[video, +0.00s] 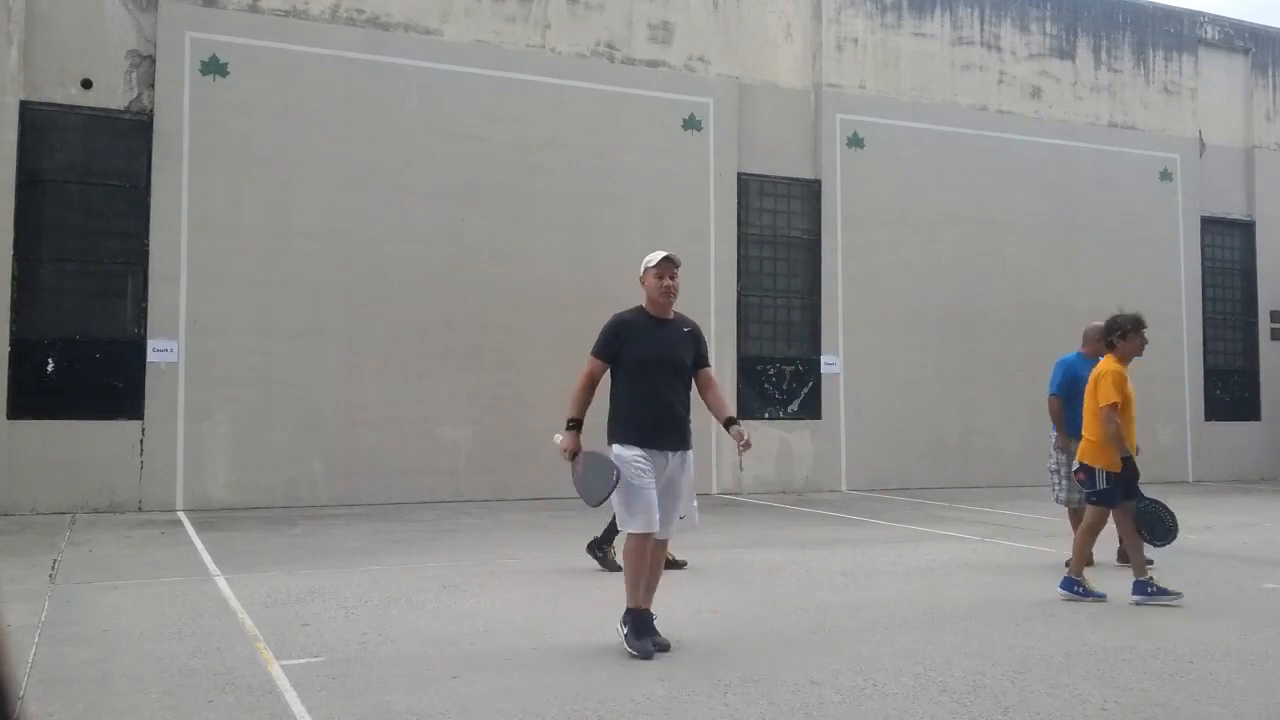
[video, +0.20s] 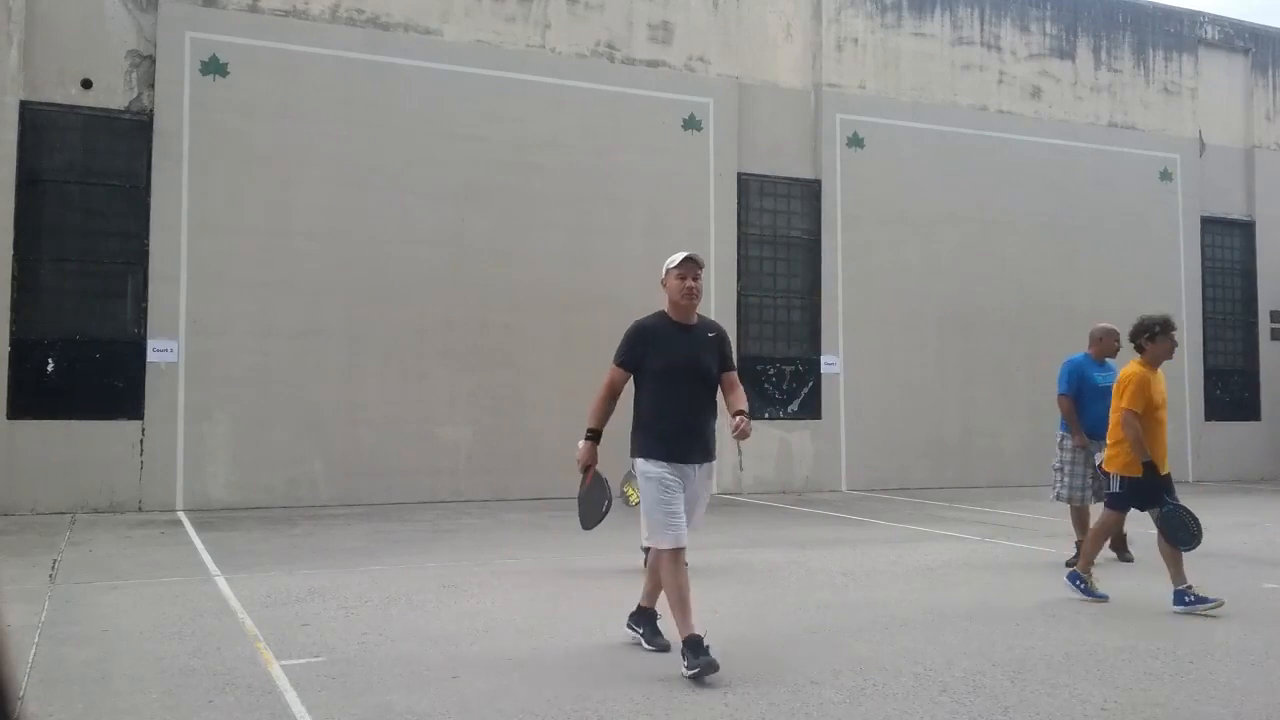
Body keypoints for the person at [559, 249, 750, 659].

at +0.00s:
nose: (668, 281)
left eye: (673, 276)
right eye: (660, 275)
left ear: (680, 284)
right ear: (643, 281)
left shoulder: (689, 331)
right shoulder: (622, 325)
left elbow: (708, 385)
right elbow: (590, 377)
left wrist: (731, 423)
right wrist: (572, 429)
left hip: (674, 447)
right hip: (631, 444)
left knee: (661, 533)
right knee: (641, 526)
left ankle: (644, 616)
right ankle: (633, 617)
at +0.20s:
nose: (691, 283)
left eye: (696, 277)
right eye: (682, 276)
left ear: (702, 285)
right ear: (665, 283)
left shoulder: (715, 335)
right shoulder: (642, 333)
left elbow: (731, 386)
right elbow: (611, 389)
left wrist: (740, 413)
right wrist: (590, 439)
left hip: (700, 458)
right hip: (655, 457)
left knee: (672, 542)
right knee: (673, 544)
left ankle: (644, 611)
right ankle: (691, 643)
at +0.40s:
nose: (721, 274)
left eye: (725, 268)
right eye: (712, 267)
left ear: (729, 275)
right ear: (689, 272)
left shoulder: (739, 325)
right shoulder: (665, 326)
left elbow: (754, 387)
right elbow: (638, 389)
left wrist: (763, 437)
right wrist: (632, 445)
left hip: (730, 458)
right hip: (678, 457)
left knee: (731, 551)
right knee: (689, 552)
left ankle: (682, 593)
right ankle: (697, 648)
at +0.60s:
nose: (771, 271)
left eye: (770, 264)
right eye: (761, 264)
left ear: (754, 273)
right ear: (732, 271)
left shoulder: (768, 322)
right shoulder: (695, 321)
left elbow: (781, 384)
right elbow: (662, 383)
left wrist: (798, 442)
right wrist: (673, 433)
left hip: (766, 459)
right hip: (708, 460)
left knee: (775, 551)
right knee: (703, 556)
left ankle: (774, 659)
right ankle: (698, 652)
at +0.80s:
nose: (834, 274)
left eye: (833, 266)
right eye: (826, 266)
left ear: (805, 271)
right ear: (794, 269)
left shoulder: (822, 327)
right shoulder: (745, 323)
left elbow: (829, 395)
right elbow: (709, 385)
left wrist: (843, 455)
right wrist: (717, 441)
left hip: (816, 471)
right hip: (753, 471)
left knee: (827, 568)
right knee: (740, 570)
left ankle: (819, 681)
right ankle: (713, 635)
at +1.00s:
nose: (882, 266)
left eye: (882, 257)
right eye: (875, 257)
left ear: (852, 258)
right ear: (844, 256)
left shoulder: (866, 314)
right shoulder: (789, 307)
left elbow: (880, 388)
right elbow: (746, 376)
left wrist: (905, 450)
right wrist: (738, 440)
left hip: (857, 468)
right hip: (803, 466)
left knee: (846, 574)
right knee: (816, 569)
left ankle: (823, 678)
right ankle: (795, 671)